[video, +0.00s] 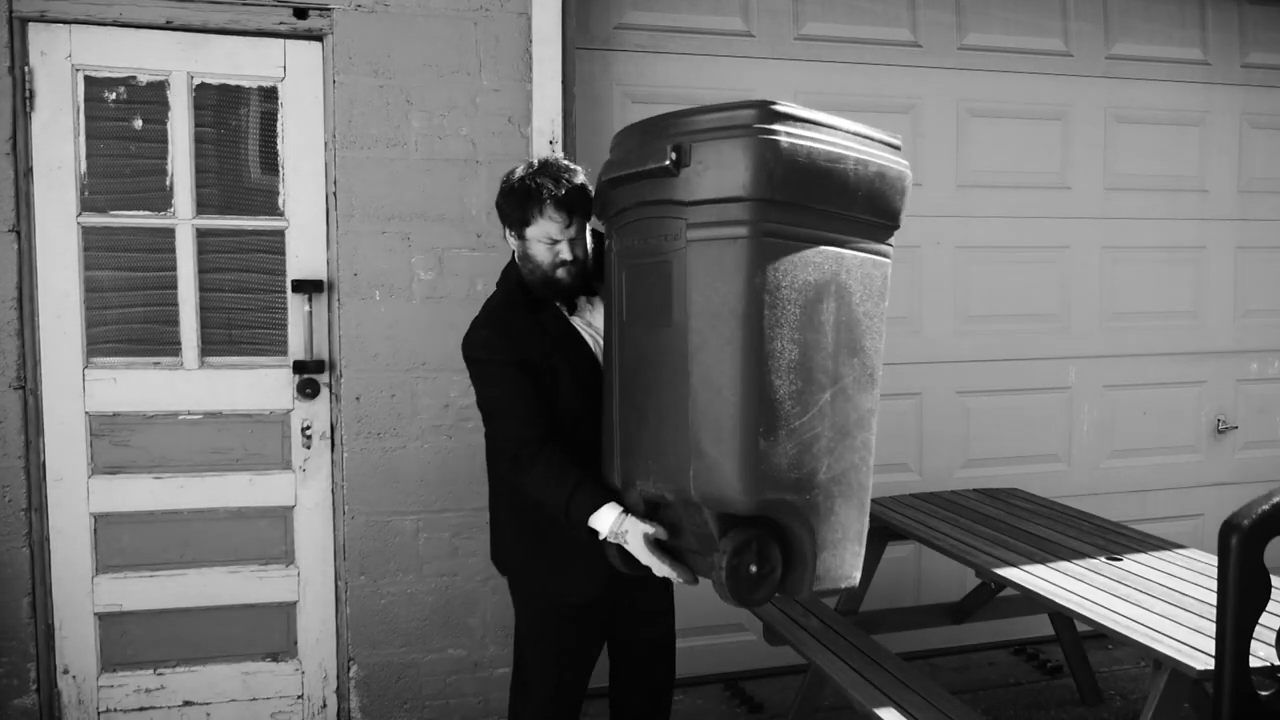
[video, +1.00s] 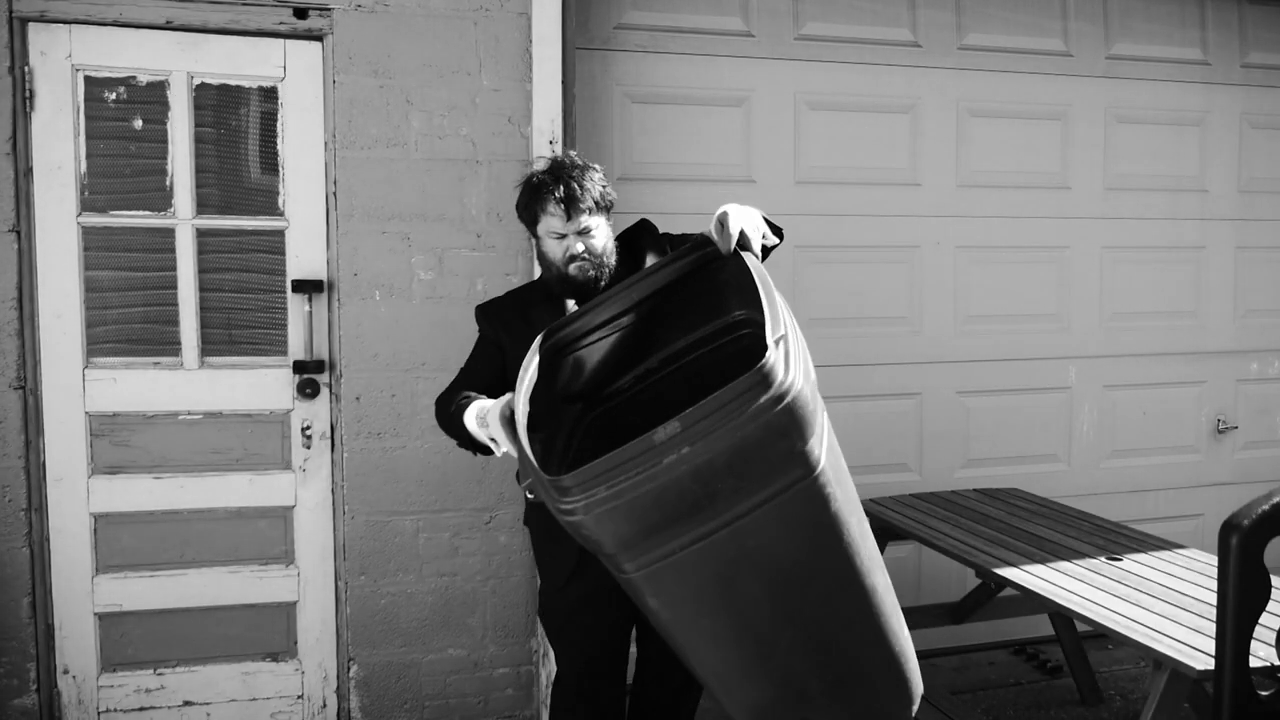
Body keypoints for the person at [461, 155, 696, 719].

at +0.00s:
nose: (568, 253)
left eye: (576, 236)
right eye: (551, 242)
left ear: (593, 226)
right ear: (515, 239)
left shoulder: (620, 287)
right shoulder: (496, 336)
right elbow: (528, 455)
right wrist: (615, 521)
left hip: (645, 542)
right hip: (558, 555)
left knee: (648, 700)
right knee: (546, 705)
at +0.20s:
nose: (586, 249)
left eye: (593, 232)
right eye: (568, 239)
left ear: (608, 221)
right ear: (536, 239)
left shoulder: (644, 290)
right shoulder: (522, 332)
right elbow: (544, 445)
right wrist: (609, 510)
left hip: (670, 531)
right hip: (586, 543)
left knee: (662, 688)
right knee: (575, 688)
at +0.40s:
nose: (589, 245)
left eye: (598, 227)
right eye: (572, 236)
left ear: (620, 219)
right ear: (545, 241)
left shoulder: (662, 292)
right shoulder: (535, 327)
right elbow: (538, 431)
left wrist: (762, 187)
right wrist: (589, 478)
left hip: (687, 526)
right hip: (600, 532)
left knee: (671, 683)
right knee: (593, 679)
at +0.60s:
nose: (584, 248)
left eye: (594, 231)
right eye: (567, 240)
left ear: (614, 221)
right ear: (544, 245)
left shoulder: (661, 266)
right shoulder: (531, 328)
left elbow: (734, 269)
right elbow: (519, 425)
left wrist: (746, 208)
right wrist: (539, 438)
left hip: (691, 515)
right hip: (598, 527)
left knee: (673, 688)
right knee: (590, 689)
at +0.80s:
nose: (585, 248)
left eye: (595, 230)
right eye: (567, 239)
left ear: (615, 219)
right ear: (543, 241)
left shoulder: (659, 256)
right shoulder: (526, 323)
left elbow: (743, 240)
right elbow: (491, 414)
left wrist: (737, 203)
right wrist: (512, 422)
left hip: (687, 502)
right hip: (586, 516)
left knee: (674, 672)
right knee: (586, 674)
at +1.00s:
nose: (578, 248)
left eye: (588, 231)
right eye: (560, 237)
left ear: (609, 219)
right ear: (534, 239)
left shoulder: (652, 256)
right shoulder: (510, 319)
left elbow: (740, 254)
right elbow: (454, 402)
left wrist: (747, 221)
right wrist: (481, 414)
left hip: (680, 507)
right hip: (572, 524)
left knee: (675, 680)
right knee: (588, 684)